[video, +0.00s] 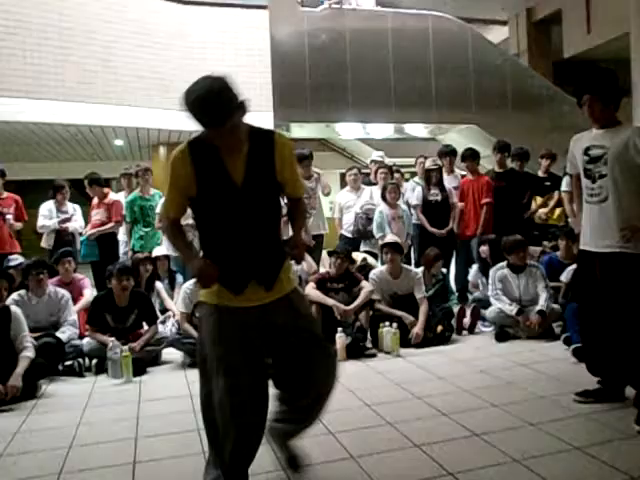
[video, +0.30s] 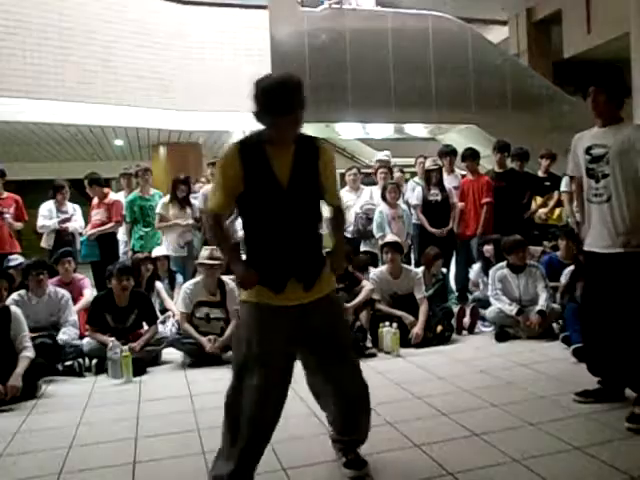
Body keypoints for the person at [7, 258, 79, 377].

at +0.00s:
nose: (41, 277)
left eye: (43, 273)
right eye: (36, 274)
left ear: (48, 277)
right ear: (27, 280)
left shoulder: (62, 296)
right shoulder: (16, 300)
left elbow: (72, 327)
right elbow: (12, 330)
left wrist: (54, 339)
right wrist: (28, 337)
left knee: (46, 345)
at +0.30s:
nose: (41, 278)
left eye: (43, 274)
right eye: (36, 275)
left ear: (48, 277)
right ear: (27, 280)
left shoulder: (61, 296)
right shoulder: (16, 300)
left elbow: (71, 326)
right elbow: (10, 328)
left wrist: (58, 343)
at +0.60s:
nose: (39, 278)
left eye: (41, 274)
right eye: (34, 275)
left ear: (47, 277)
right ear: (26, 280)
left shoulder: (61, 296)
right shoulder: (15, 300)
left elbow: (71, 326)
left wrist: (59, 340)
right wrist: (21, 337)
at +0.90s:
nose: (41, 280)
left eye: (44, 275)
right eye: (36, 277)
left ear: (50, 277)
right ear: (29, 282)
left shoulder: (65, 297)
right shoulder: (18, 302)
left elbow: (75, 330)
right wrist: (29, 338)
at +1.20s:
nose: (51, 270)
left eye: (54, 266)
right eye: (46, 267)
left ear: (60, 269)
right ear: (40, 272)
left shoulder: (74, 289)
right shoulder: (29, 292)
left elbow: (83, 321)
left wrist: (56, 329)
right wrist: (39, 329)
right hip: (39, 336)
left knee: (71, 332)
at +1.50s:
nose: (39, 267)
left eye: (42, 263)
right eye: (34, 264)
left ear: (49, 266)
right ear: (28, 269)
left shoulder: (62, 286)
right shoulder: (17, 288)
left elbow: (73, 319)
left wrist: (46, 327)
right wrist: (26, 326)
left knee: (60, 331)